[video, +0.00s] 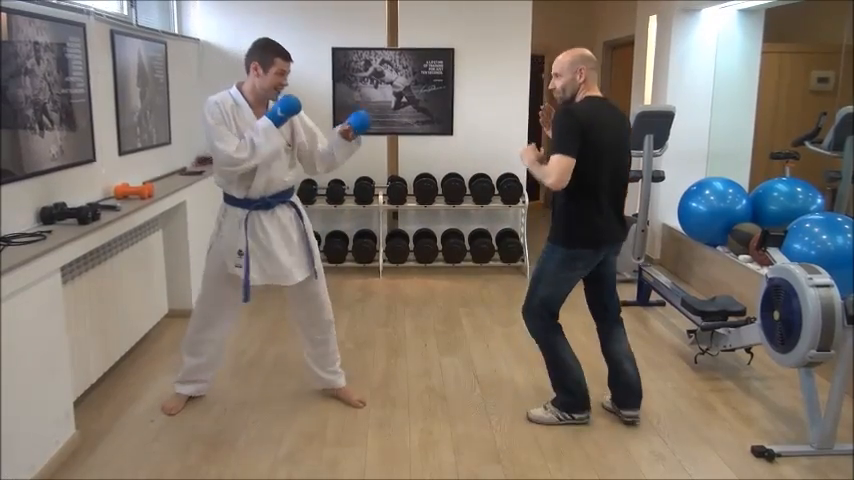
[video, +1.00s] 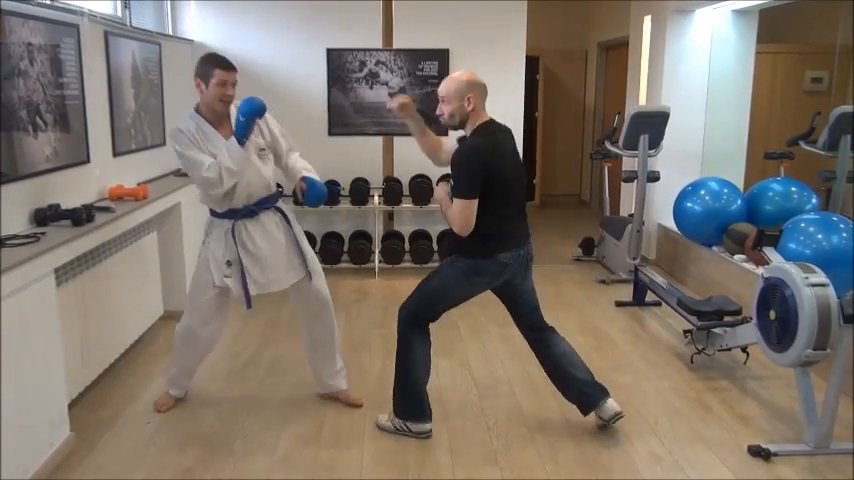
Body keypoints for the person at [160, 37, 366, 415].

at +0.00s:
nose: (284, 82)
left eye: (287, 75)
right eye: (279, 73)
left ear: (267, 73)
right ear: (255, 69)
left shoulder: (286, 111)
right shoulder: (219, 107)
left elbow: (319, 161)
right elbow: (233, 160)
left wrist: (344, 136)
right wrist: (272, 120)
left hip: (286, 215)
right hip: (238, 218)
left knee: (316, 303)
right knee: (212, 304)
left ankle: (332, 379)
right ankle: (189, 385)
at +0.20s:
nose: (287, 103)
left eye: (290, 97)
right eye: (284, 95)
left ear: (267, 91)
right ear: (259, 87)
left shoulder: (282, 128)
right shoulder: (219, 121)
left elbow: (301, 182)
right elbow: (232, 174)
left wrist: (325, 161)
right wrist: (277, 140)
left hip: (279, 228)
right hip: (232, 230)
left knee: (331, 301)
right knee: (202, 317)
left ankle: (334, 382)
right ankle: (185, 388)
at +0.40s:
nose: (282, 94)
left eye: (284, 88)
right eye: (277, 86)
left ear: (262, 85)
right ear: (253, 81)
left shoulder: (281, 120)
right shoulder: (215, 117)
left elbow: (300, 176)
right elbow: (225, 174)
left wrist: (325, 157)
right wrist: (263, 132)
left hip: (281, 224)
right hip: (233, 227)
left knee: (325, 301)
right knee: (203, 315)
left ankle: (336, 385)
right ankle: (182, 392)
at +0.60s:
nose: (273, 93)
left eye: (276, 86)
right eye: (268, 84)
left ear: (270, 87)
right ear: (243, 79)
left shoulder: (275, 122)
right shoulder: (208, 116)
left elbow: (304, 173)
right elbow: (221, 171)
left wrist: (332, 160)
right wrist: (259, 128)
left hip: (276, 222)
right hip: (227, 225)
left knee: (316, 301)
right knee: (203, 312)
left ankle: (333, 385)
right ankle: (182, 392)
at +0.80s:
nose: (260, 86)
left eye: (262, 79)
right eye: (254, 78)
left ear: (262, 80)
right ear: (228, 75)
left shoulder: (269, 112)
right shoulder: (204, 119)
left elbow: (292, 161)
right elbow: (229, 173)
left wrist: (314, 181)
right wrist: (263, 131)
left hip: (283, 217)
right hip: (235, 222)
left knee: (317, 301)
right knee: (209, 310)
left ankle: (332, 384)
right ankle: (184, 392)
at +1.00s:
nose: (230, 93)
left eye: (234, 86)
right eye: (222, 85)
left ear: (237, 87)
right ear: (199, 85)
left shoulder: (253, 117)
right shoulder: (186, 133)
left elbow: (287, 155)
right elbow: (214, 183)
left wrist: (308, 178)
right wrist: (240, 138)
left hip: (275, 220)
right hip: (226, 228)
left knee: (318, 298)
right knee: (198, 317)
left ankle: (331, 382)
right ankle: (176, 387)